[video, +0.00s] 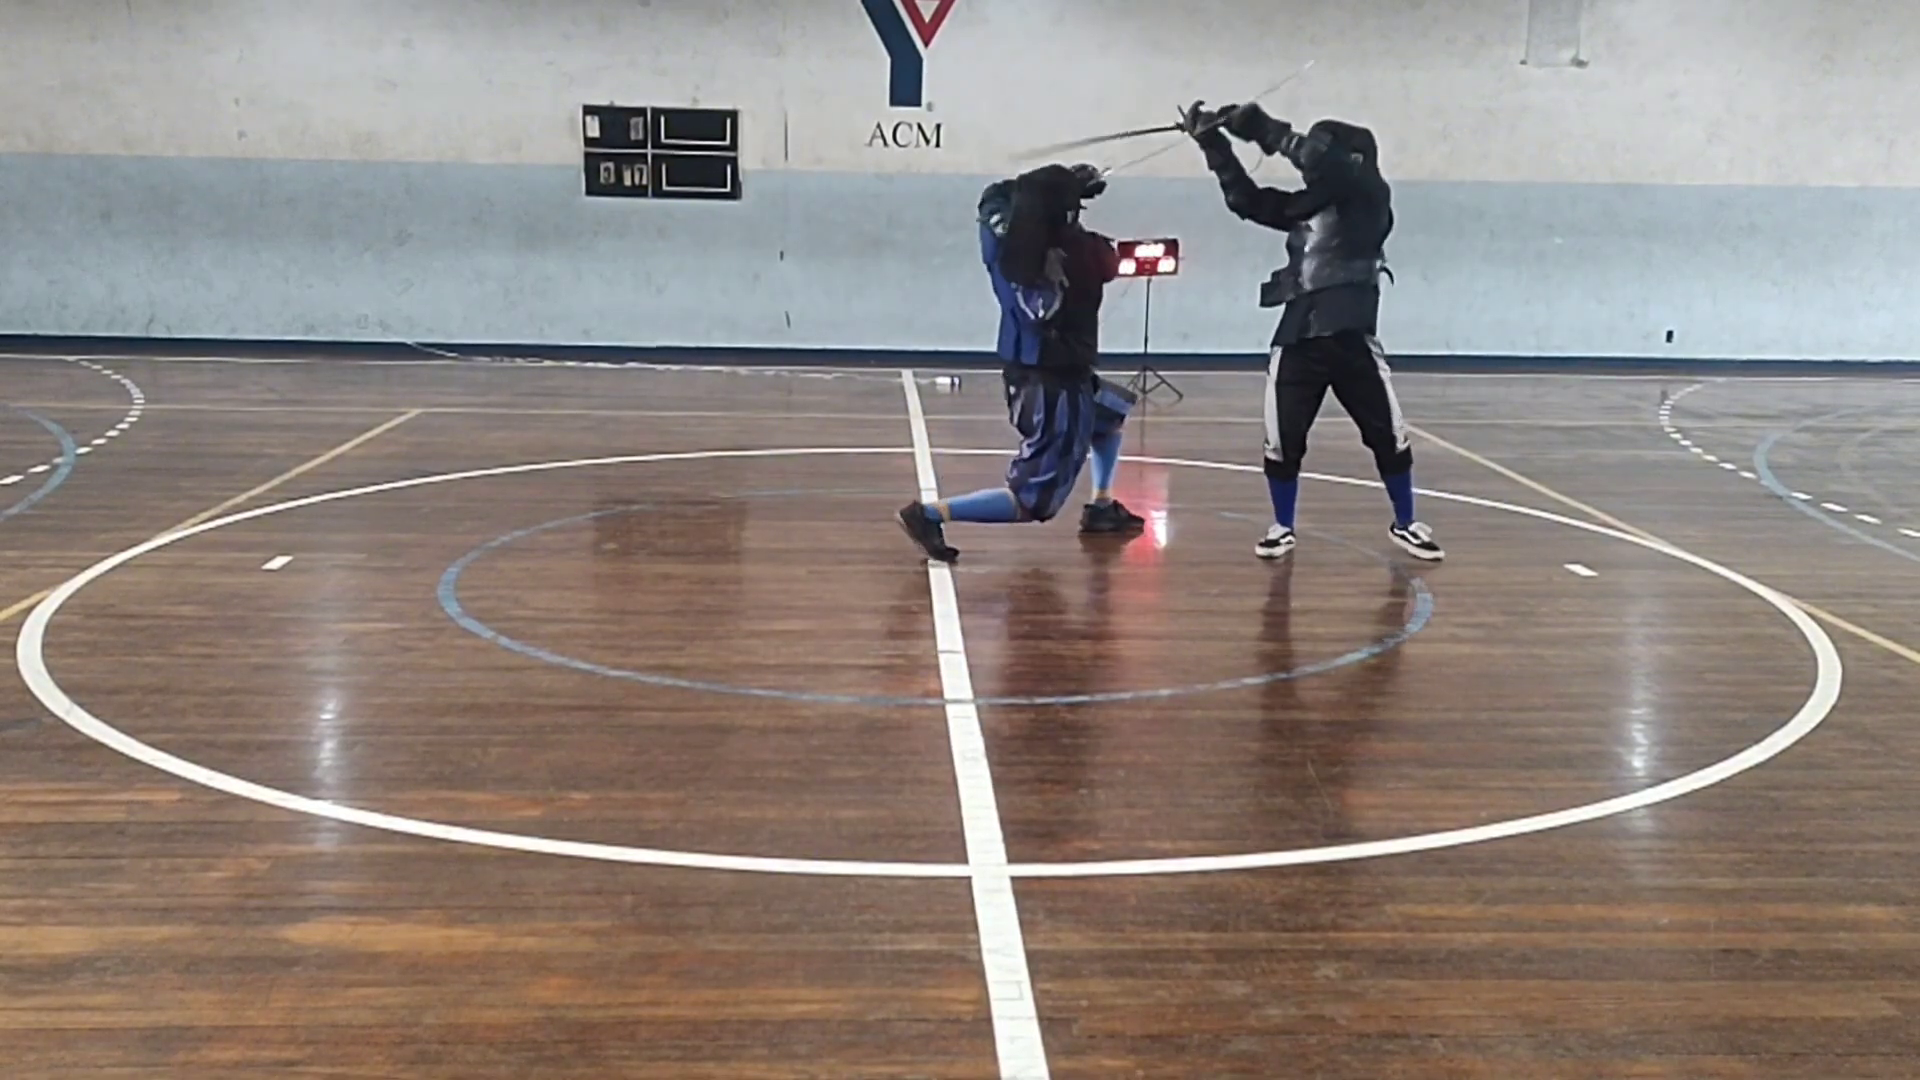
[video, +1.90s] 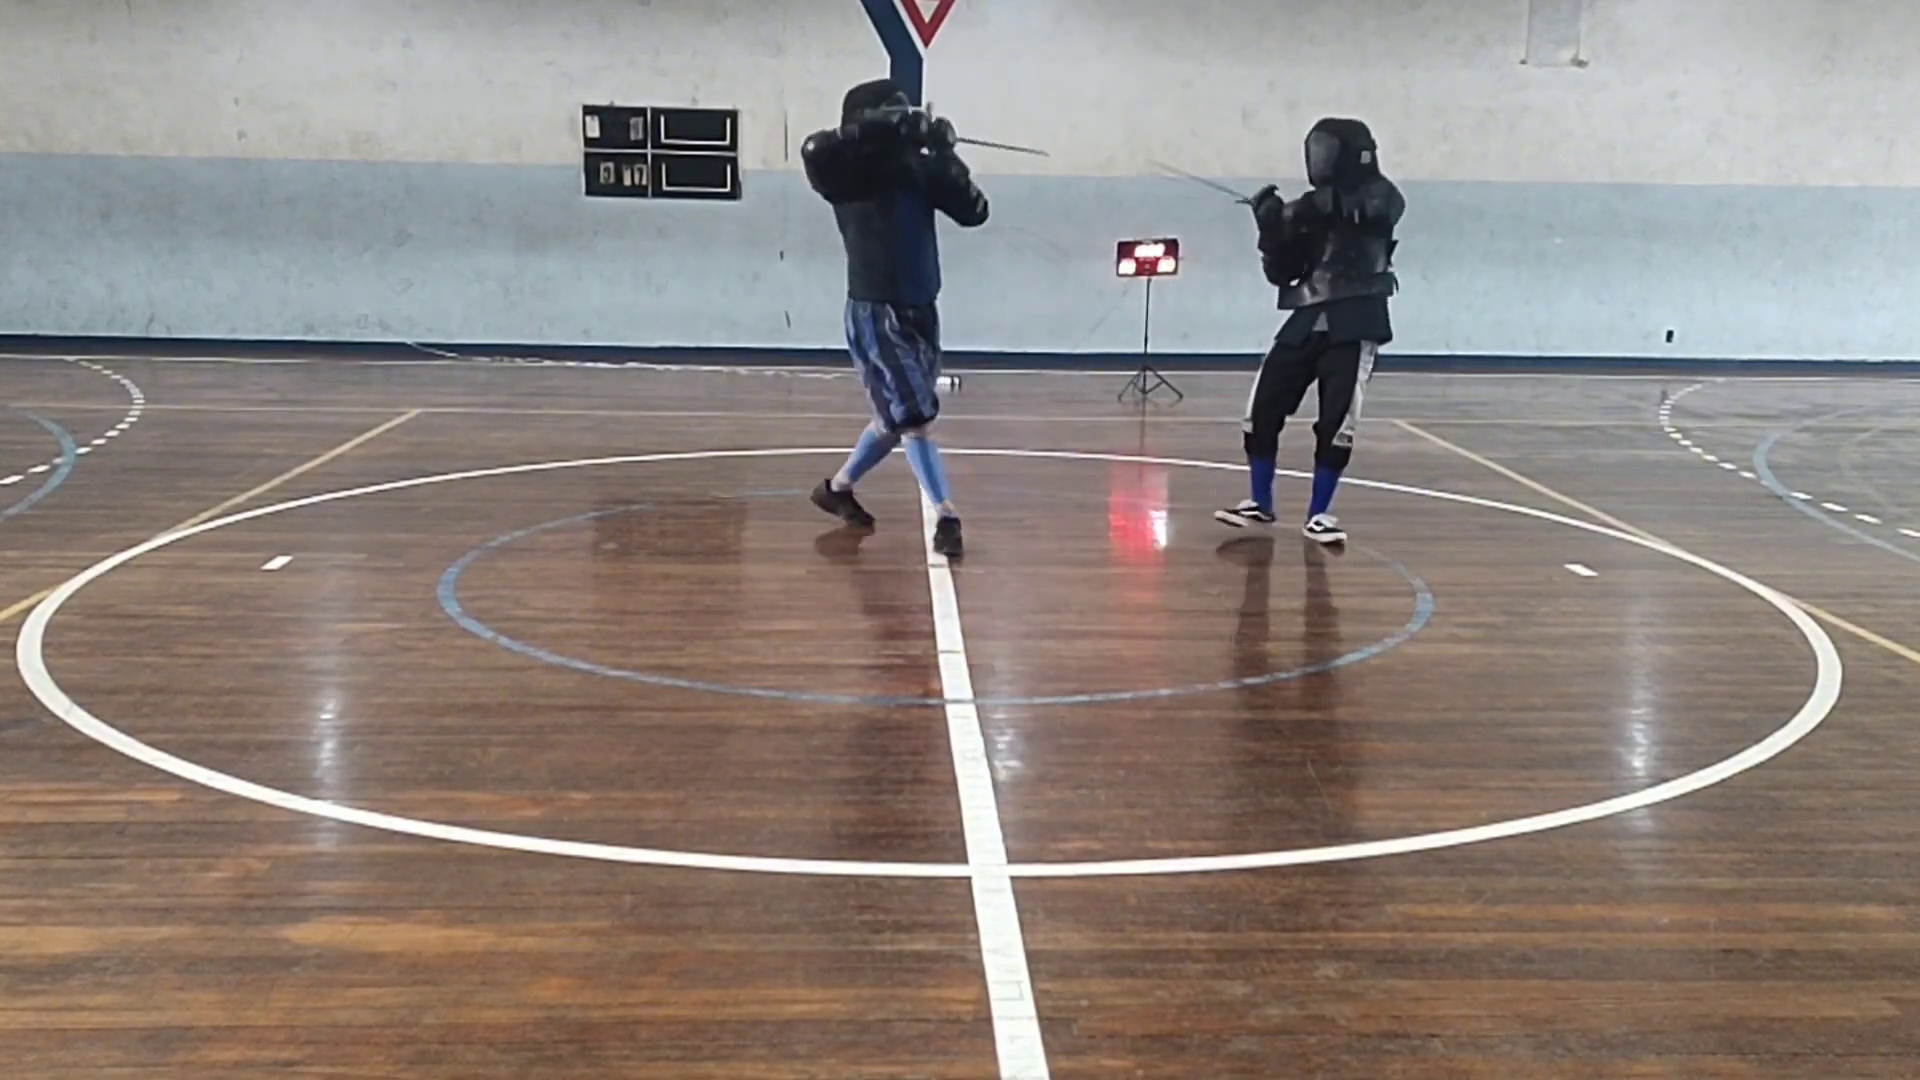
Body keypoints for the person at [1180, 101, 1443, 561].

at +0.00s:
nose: (1307, 157)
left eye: (1314, 150)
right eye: (1306, 151)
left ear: (1343, 153)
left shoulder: (1368, 190)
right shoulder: (1304, 207)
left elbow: (1317, 159)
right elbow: (1245, 198)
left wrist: (1258, 125)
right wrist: (1212, 142)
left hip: (1351, 337)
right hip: (1297, 339)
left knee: (1389, 435)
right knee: (1280, 440)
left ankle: (1406, 523)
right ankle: (1282, 527)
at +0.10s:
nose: (1311, 154)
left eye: (1319, 147)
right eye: (1314, 147)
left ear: (1345, 153)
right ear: (1343, 153)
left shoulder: (1363, 191)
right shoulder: (1322, 193)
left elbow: (1296, 206)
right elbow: (1260, 204)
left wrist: (1221, 169)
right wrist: (1207, 168)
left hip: (1346, 330)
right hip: (1299, 327)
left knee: (1365, 435)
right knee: (1274, 433)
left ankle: (1397, 521)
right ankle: (1281, 526)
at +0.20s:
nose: (1310, 153)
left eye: (1319, 145)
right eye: (1313, 144)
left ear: (1346, 153)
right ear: (1342, 152)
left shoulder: (1359, 196)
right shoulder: (1324, 192)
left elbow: (1291, 225)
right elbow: (1268, 210)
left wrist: (1226, 234)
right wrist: (1202, 198)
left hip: (1347, 333)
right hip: (1309, 328)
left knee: (1357, 441)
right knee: (1271, 432)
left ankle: (1414, 517)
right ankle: (1278, 526)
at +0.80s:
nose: (1322, 188)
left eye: (1331, 181)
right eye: (1319, 181)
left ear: (1359, 179)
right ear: (1317, 179)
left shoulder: (1382, 214)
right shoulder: (1306, 211)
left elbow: (1336, 212)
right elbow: (1248, 221)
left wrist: (1275, 193)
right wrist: (1246, 170)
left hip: (1364, 358)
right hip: (1306, 357)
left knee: (1397, 444)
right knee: (1254, 427)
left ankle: (1422, 526)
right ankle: (1263, 510)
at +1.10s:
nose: (1288, 177)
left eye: (1294, 168)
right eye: (1284, 170)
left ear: (1313, 167)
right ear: (1279, 174)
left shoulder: (1338, 205)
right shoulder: (1272, 216)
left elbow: (1312, 151)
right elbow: (1232, 220)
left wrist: (1258, 120)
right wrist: (1227, 172)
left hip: (1320, 347)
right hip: (1264, 347)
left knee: (1356, 442)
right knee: (1222, 439)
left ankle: (1374, 529)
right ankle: (1202, 527)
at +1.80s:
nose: (1308, 161)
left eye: (1318, 153)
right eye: (1305, 153)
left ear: (1344, 156)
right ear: (1305, 157)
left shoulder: (1372, 183)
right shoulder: (1299, 205)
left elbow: (1328, 184)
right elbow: (1265, 268)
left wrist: (1285, 179)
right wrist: (1256, 204)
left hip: (1351, 319)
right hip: (1300, 321)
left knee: (1337, 426)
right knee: (1258, 414)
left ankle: (1319, 517)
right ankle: (1223, 511)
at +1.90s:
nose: (1317, 158)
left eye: (1327, 149)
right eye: (1314, 149)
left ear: (1353, 153)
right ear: (1311, 154)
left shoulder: (1379, 193)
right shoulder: (1306, 206)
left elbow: (1373, 208)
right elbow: (1282, 273)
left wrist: (1319, 202)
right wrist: (1271, 225)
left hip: (1354, 319)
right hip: (1303, 319)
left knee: (1337, 421)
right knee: (1264, 409)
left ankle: (1319, 514)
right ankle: (1261, 505)